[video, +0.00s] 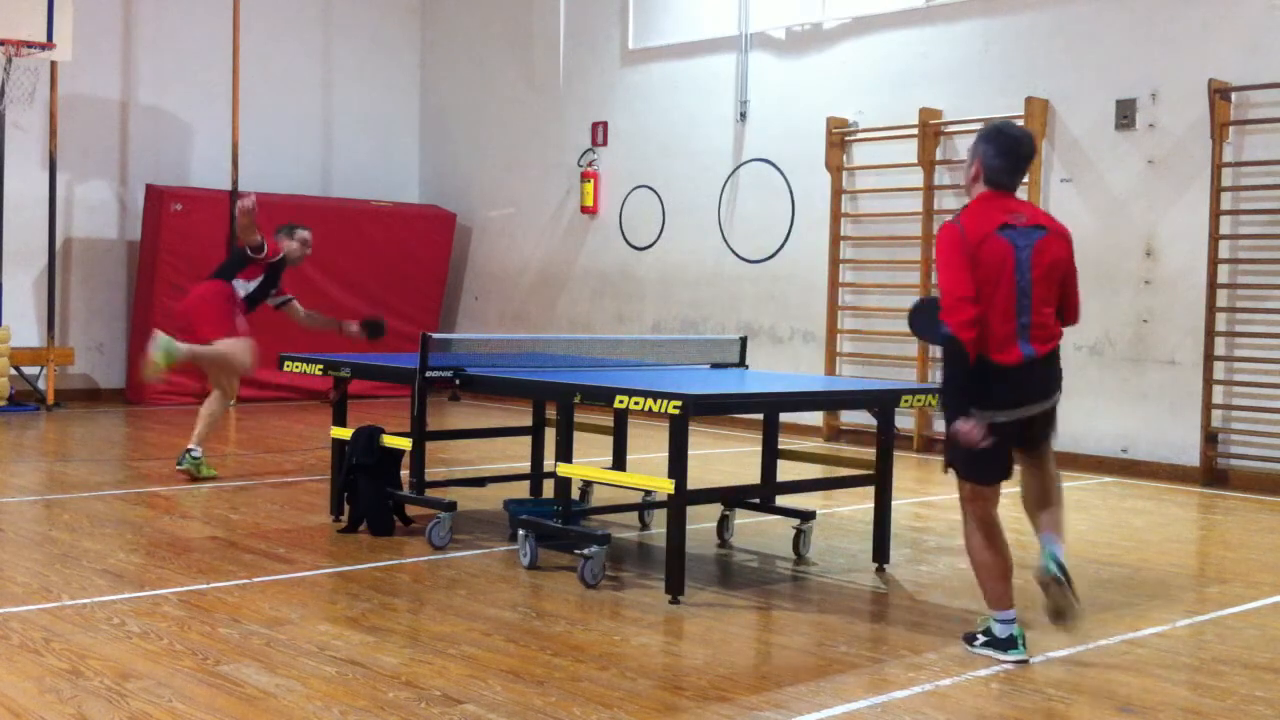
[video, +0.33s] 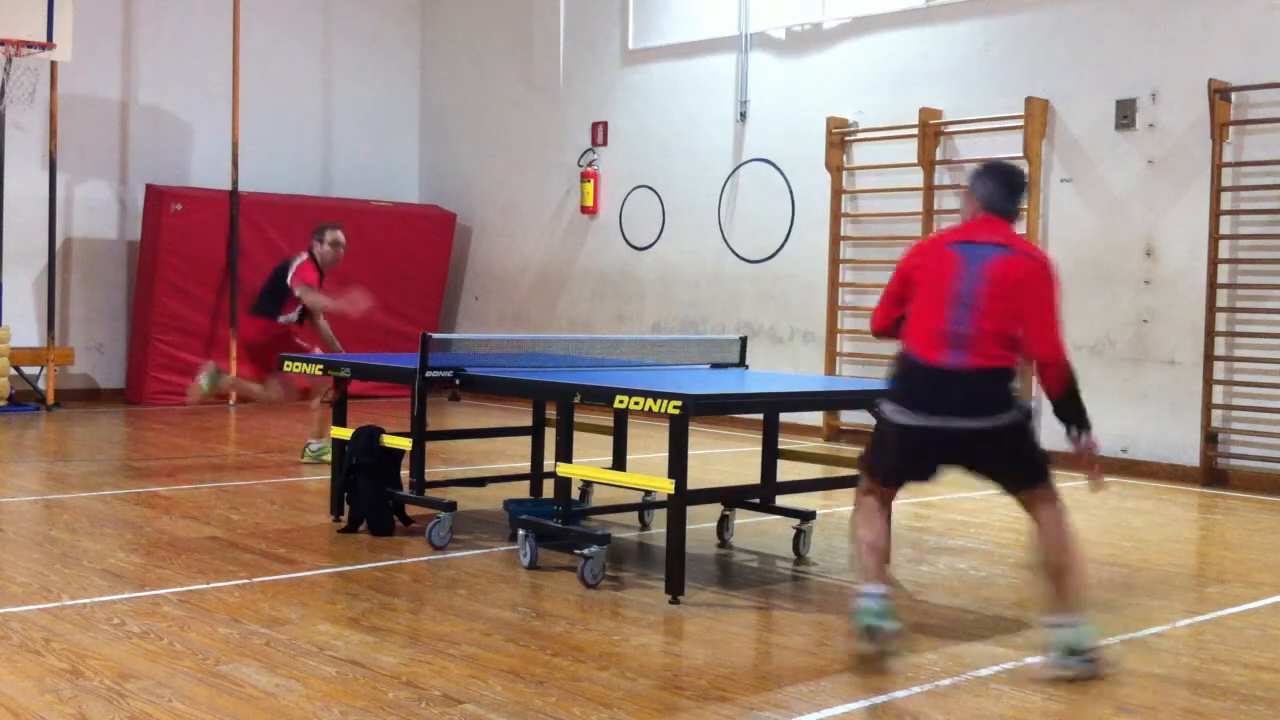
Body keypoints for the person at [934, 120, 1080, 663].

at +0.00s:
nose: (965, 164)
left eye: (970, 157)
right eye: (970, 155)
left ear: (977, 167)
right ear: (1024, 172)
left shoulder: (958, 232)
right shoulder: (1051, 229)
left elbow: (961, 323)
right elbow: (1067, 313)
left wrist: (960, 408)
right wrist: (1012, 308)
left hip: (983, 388)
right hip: (1042, 382)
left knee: (979, 510)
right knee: (1036, 452)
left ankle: (1004, 628)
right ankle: (1052, 551)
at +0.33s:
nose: (961, 204)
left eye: (964, 195)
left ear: (970, 200)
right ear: (1017, 210)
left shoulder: (927, 250)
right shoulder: (1030, 263)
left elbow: (884, 322)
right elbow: (1048, 355)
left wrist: (936, 316)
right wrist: (1079, 428)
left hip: (913, 416)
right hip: (989, 419)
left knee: (874, 493)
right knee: (1045, 506)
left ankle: (873, 601)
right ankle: (1069, 630)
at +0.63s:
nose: (856, 175)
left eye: (844, 162)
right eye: (858, 167)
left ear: (817, 167)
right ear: (858, 171)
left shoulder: (778, 237)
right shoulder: (869, 231)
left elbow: (807, 315)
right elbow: (936, 295)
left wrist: (893, 317)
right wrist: (917, 314)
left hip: (826, 408)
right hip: (895, 397)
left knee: (826, 512)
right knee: (958, 496)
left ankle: (801, 642)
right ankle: (1005, 624)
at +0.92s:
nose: (632, 213)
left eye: (632, 202)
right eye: (634, 201)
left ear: (644, 203)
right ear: (686, 192)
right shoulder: (712, 231)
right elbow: (696, 309)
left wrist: (707, 372)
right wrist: (669, 317)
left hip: (775, 397)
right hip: (829, 370)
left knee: (698, 510)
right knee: (922, 451)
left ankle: (656, 666)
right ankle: (1053, 490)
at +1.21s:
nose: (569, 291)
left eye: (570, 280)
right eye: (570, 280)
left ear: (585, 282)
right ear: (618, 270)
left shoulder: (628, 316)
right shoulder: (656, 304)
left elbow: (687, 377)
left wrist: (658, 444)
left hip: (748, 439)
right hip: (799, 421)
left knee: (644, 525)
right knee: (795, 530)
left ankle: (639, 683)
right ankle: (909, 608)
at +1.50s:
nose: (725, 188)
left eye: (727, 181)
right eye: (729, 181)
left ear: (735, 184)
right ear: (784, 185)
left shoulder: (727, 244)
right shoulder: (825, 239)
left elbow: (718, 331)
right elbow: (864, 326)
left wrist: (703, 371)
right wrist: (835, 369)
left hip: (778, 413)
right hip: (844, 409)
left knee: (710, 515)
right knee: (856, 524)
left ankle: (697, 657)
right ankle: (887, 649)